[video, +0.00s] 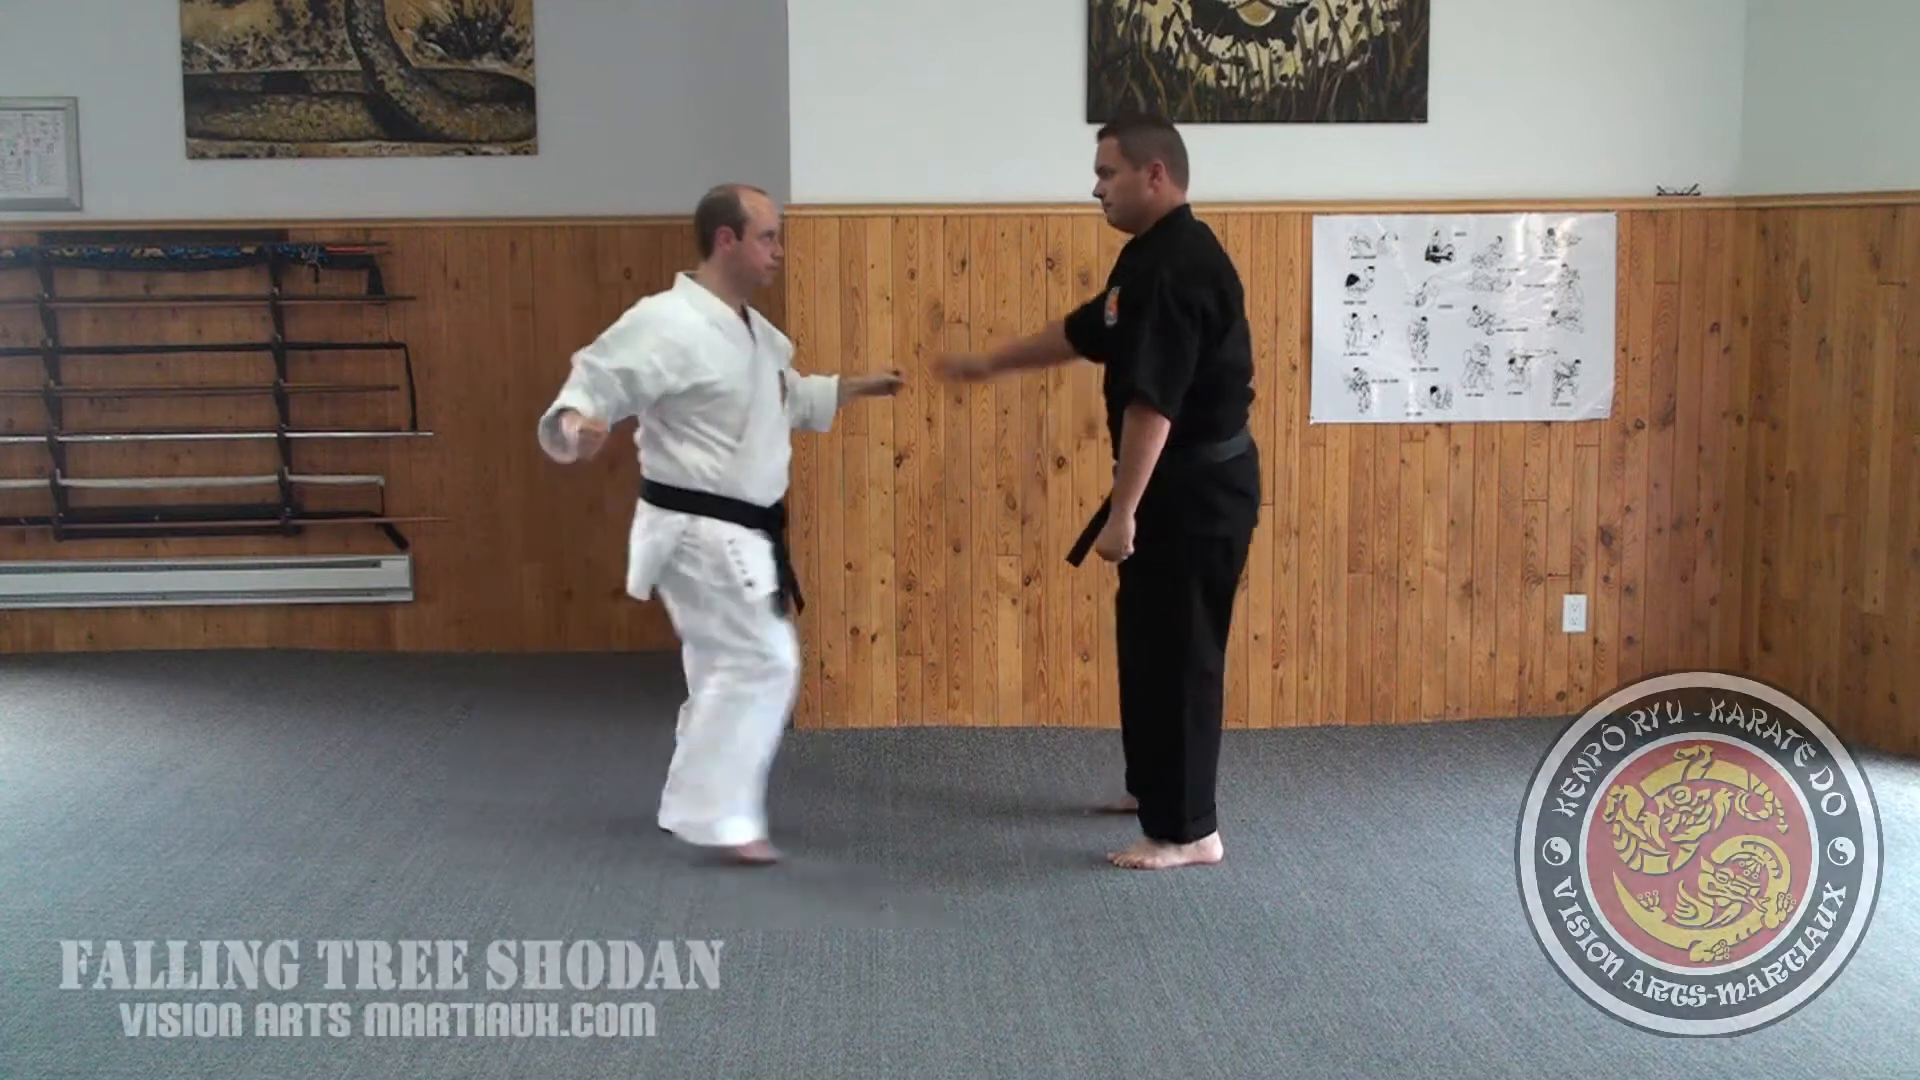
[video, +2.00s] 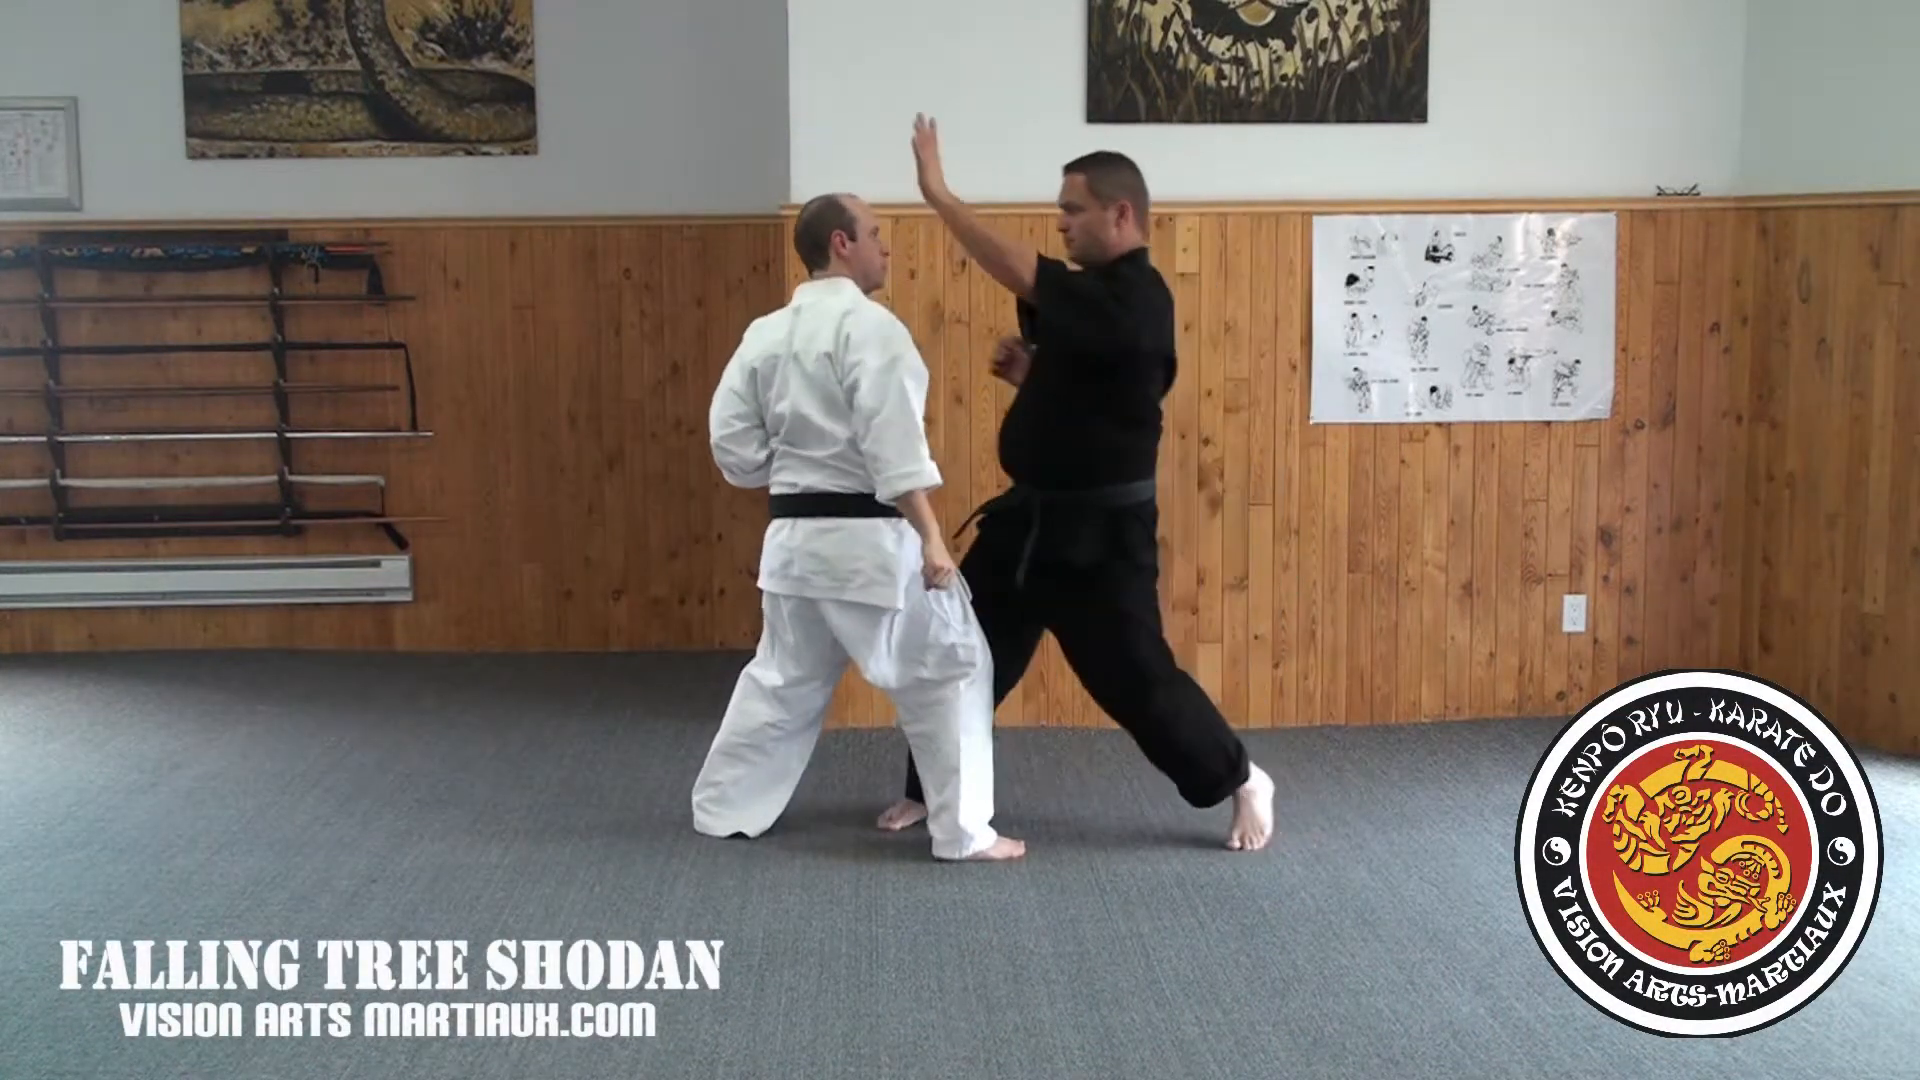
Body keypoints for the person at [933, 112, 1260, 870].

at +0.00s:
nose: (1097, 188)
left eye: (1107, 172)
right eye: (1097, 173)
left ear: (1156, 175)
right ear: (1153, 178)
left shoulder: (1176, 265)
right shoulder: (1153, 253)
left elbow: (1153, 404)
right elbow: (1083, 333)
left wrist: (1123, 509)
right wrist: (987, 362)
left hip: (1195, 484)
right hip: (1171, 480)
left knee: (1179, 656)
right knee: (1150, 643)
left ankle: (1189, 831)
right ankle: (1157, 786)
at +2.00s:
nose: (1061, 224)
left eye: (1073, 210)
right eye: (1061, 211)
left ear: (1123, 215)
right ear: (1105, 216)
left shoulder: (1135, 295)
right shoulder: (1089, 292)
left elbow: (1023, 275)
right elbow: (1104, 387)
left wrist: (939, 197)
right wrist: (1032, 370)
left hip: (1101, 515)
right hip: (1033, 508)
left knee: (1132, 670)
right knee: (961, 653)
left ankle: (1241, 781)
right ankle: (932, 794)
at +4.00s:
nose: (1041, 245)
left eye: (1053, 233)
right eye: (1039, 232)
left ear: (1104, 235)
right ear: (1086, 235)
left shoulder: (1164, 310)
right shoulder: (1027, 307)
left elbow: (1147, 413)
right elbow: (940, 361)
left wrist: (1056, 371)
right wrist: (860, 377)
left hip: (1146, 526)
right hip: (1049, 522)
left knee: (1188, 667)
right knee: (981, 652)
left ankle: (1255, 798)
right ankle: (954, 786)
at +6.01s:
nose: (977, 207)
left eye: (987, 193)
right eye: (975, 196)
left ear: (1033, 193)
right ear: (992, 202)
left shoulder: (1072, 262)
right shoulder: (976, 287)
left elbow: (1073, 197)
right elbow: (883, 333)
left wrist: (1037, 130)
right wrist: (792, 333)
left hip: (1063, 491)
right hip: (991, 495)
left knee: (1101, 642)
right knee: (967, 644)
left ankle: (1218, 767)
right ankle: (1017, 784)